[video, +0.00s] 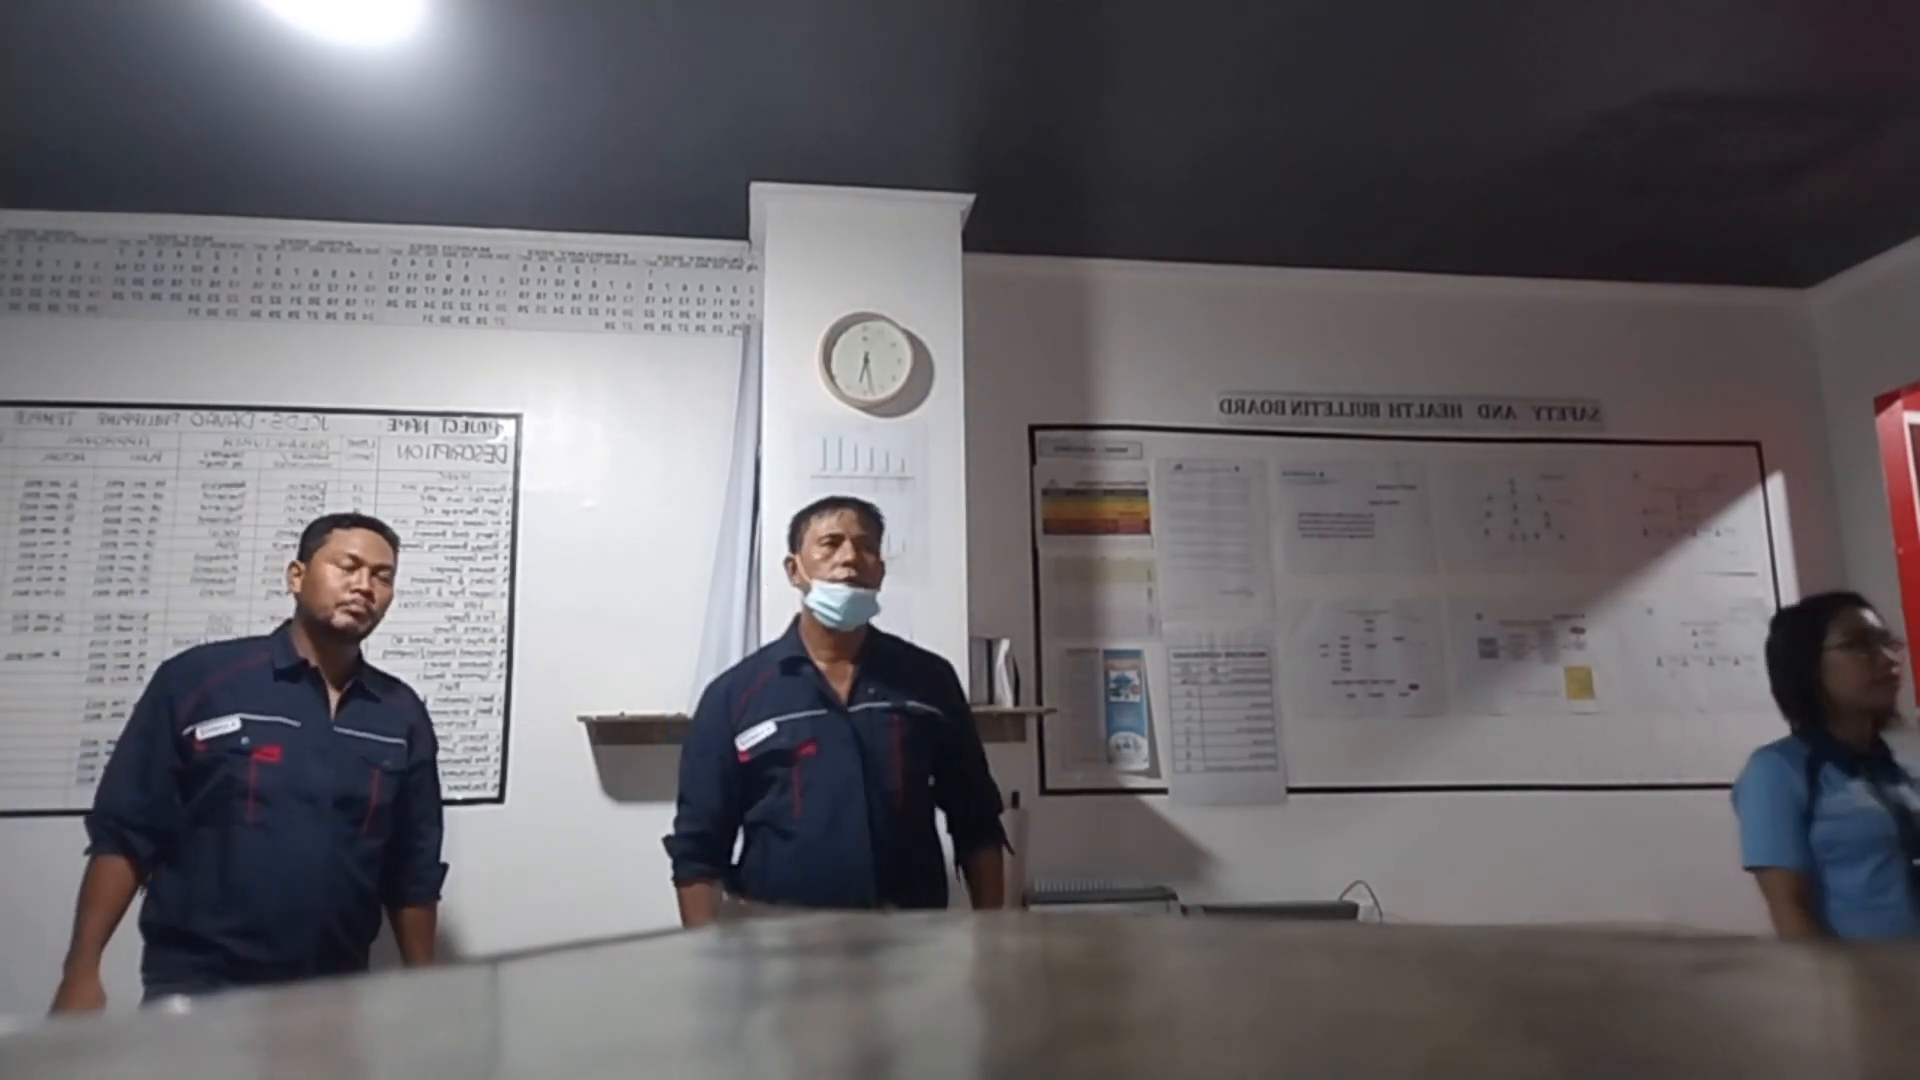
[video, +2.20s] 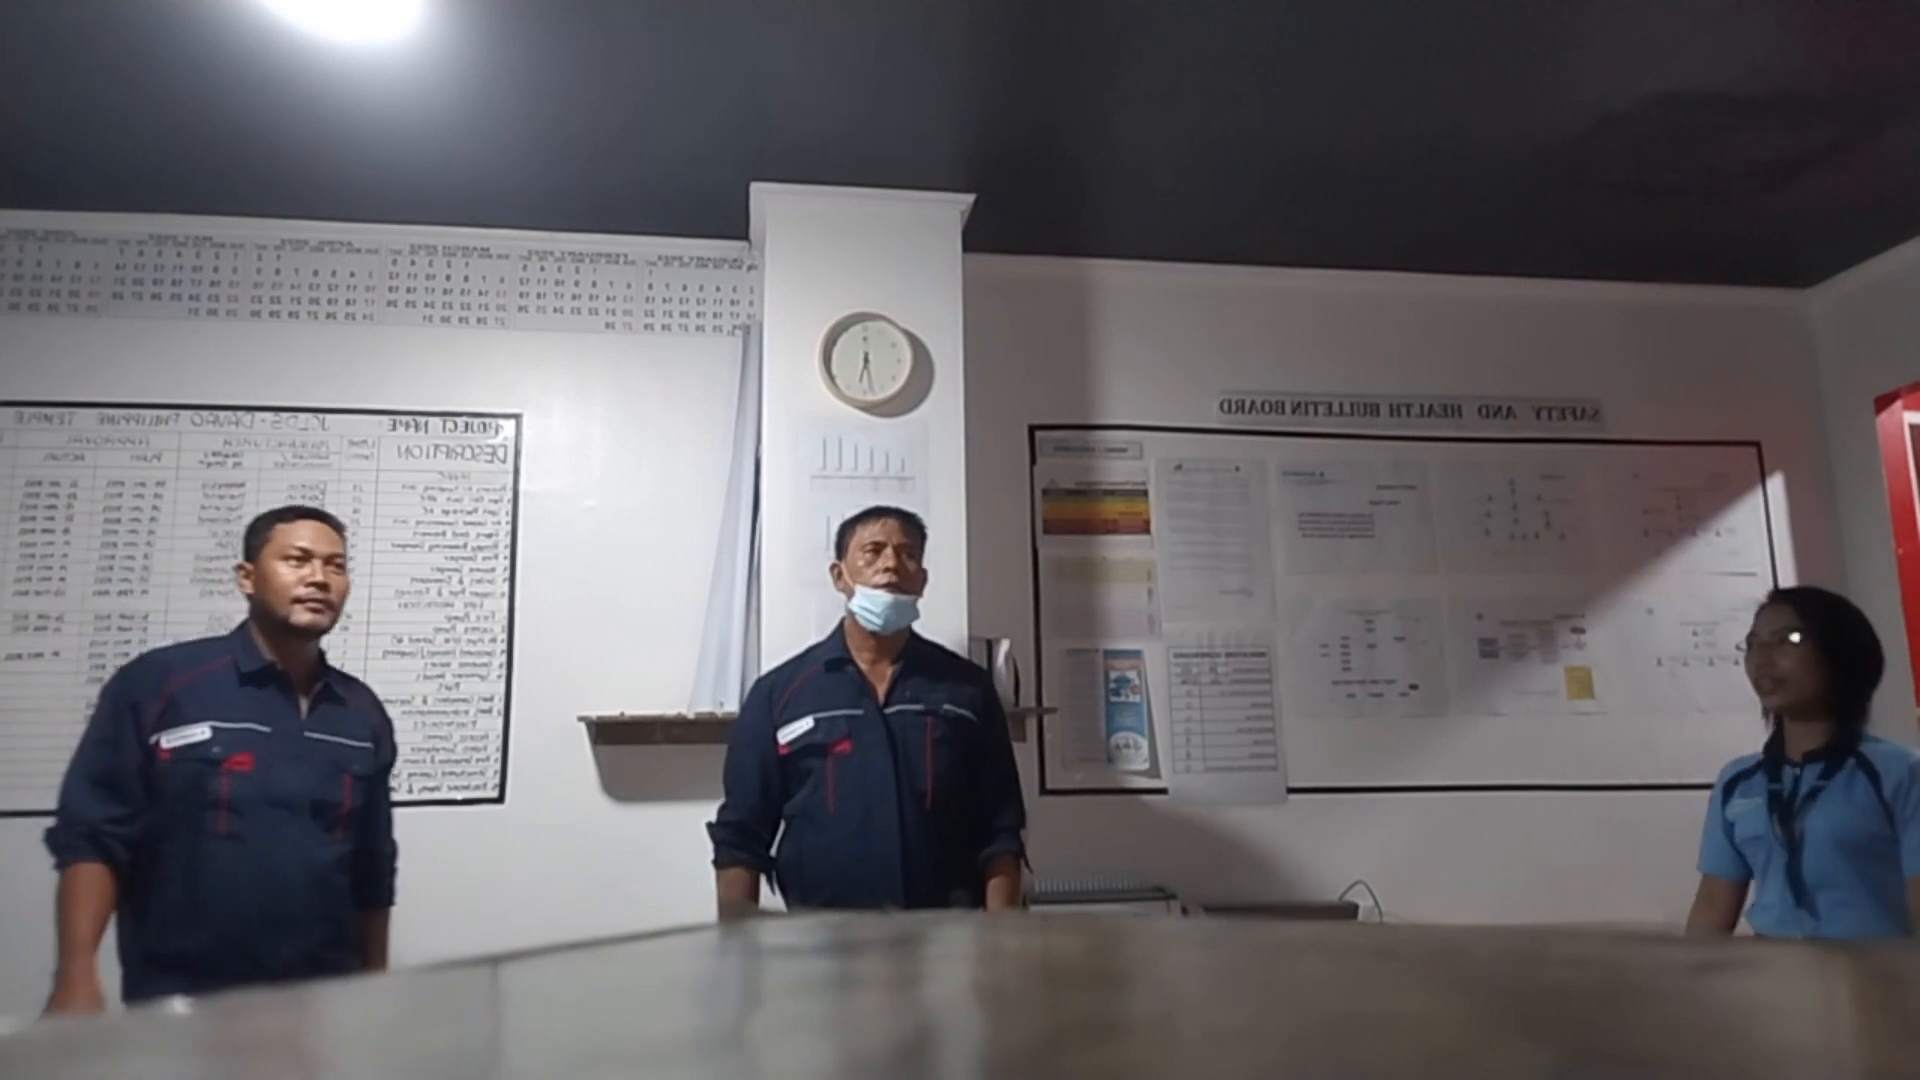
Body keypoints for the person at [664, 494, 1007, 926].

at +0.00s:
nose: (850, 556)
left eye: (865, 546)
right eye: (829, 543)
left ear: (881, 570)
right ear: (795, 570)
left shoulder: (929, 681)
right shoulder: (732, 698)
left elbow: (976, 822)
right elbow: (695, 853)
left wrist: (991, 943)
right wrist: (712, 973)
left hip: (913, 942)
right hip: (782, 945)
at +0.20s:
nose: (902, 558)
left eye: (916, 547)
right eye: (882, 546)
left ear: (932, 572)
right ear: (847, 571)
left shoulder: (976, 687)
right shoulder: (781, 696)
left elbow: (1005, 848)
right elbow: (738, 855)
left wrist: (1010, 961)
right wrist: (742, 973)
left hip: (955, 945)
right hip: (826, 950)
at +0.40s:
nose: (958, 560)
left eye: (972, 551)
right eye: (939, 546)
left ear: (985, 576)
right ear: (901, 570)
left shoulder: (1017, 692)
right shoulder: (829, 690)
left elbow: (1059, 840)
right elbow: (784, 840)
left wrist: (1076, 955)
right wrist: (791, 962)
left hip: (997, 948)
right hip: (870, 950)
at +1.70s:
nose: (886, 566)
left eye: (900, 555)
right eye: (867, 554)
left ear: (916, 580)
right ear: (834, 577)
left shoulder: (967, 687)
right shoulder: (773, 697)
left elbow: (998, 837)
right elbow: (736, 845)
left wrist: (1000, 951)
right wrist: (743, 960)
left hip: (945, 944)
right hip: (820, 947)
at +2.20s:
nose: (891, 563)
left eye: (907, 553)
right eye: (872, 551)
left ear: (923, 580)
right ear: (840, 577)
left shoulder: (970, 689)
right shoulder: (777, 696)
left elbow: (1001, 833)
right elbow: (739, 839)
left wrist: (1000, 946)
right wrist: (739, 958)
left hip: (948, 943)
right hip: (822, 945)